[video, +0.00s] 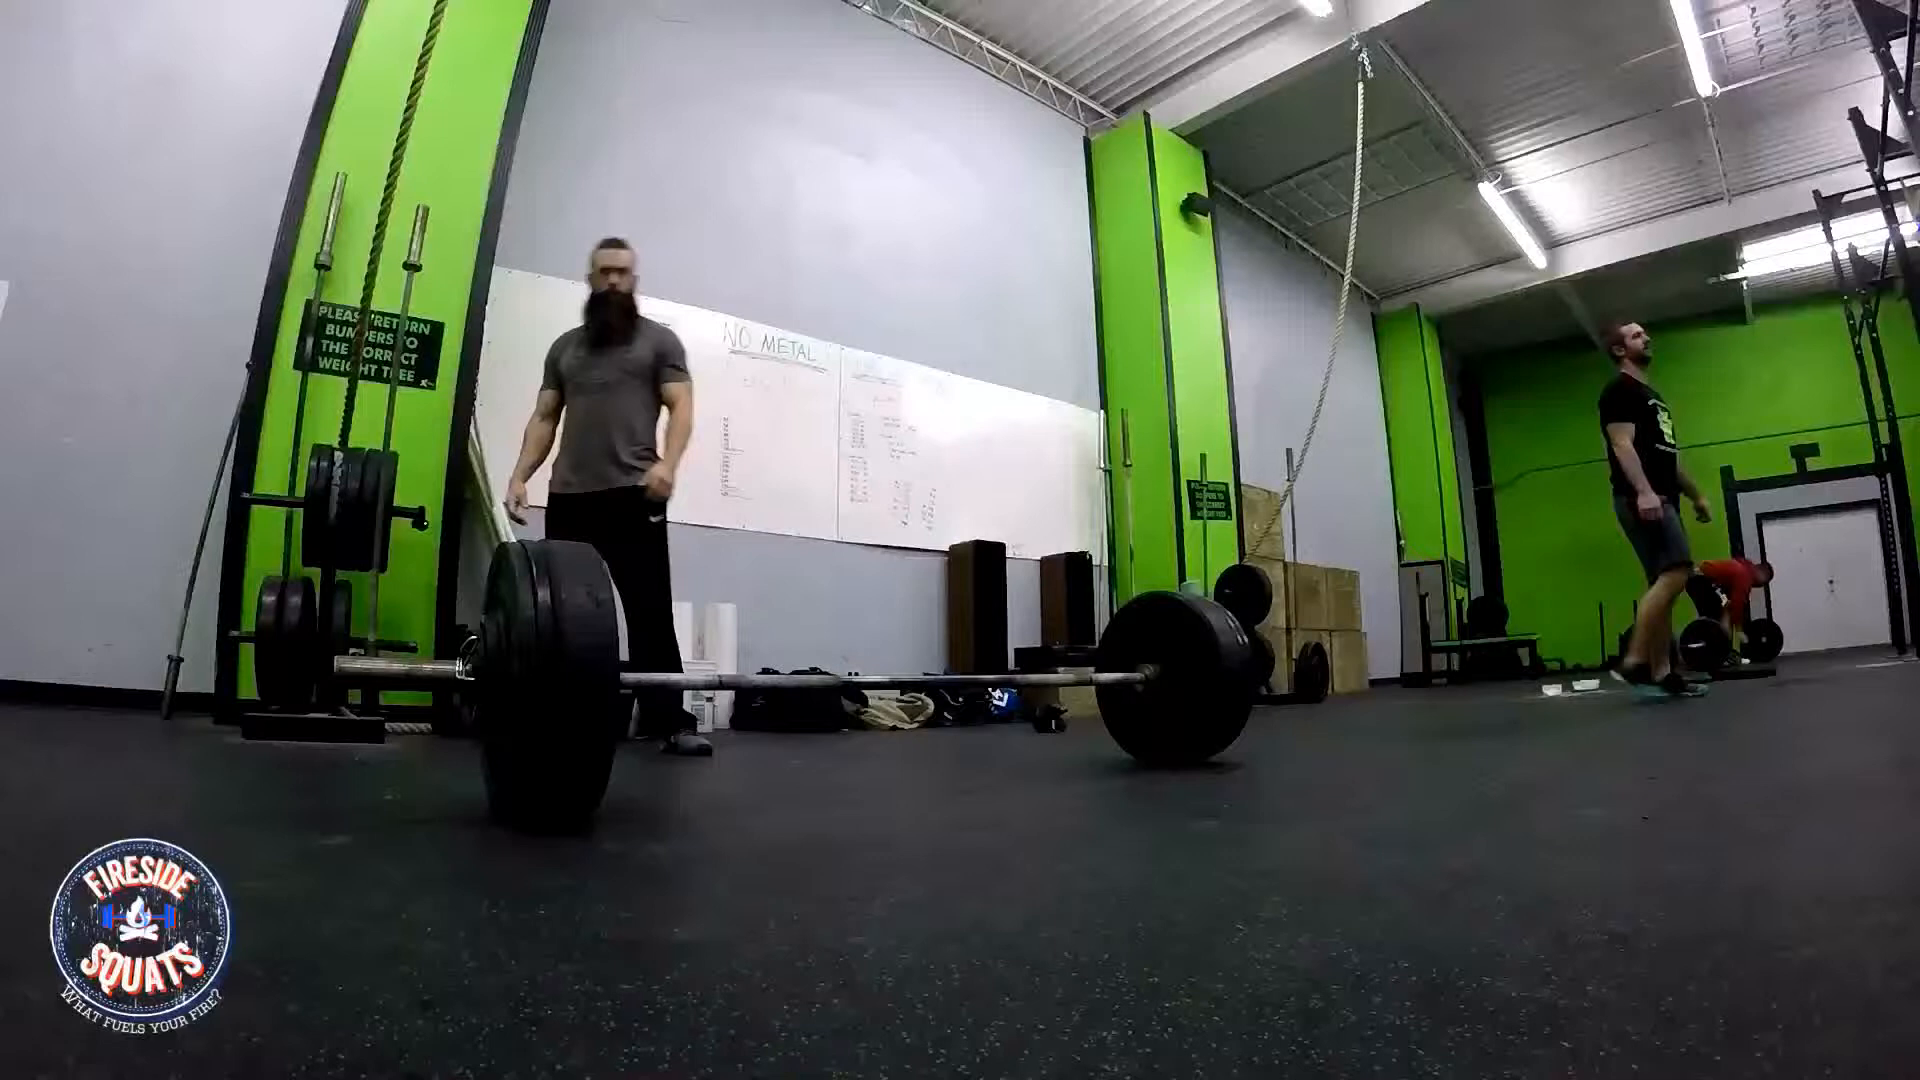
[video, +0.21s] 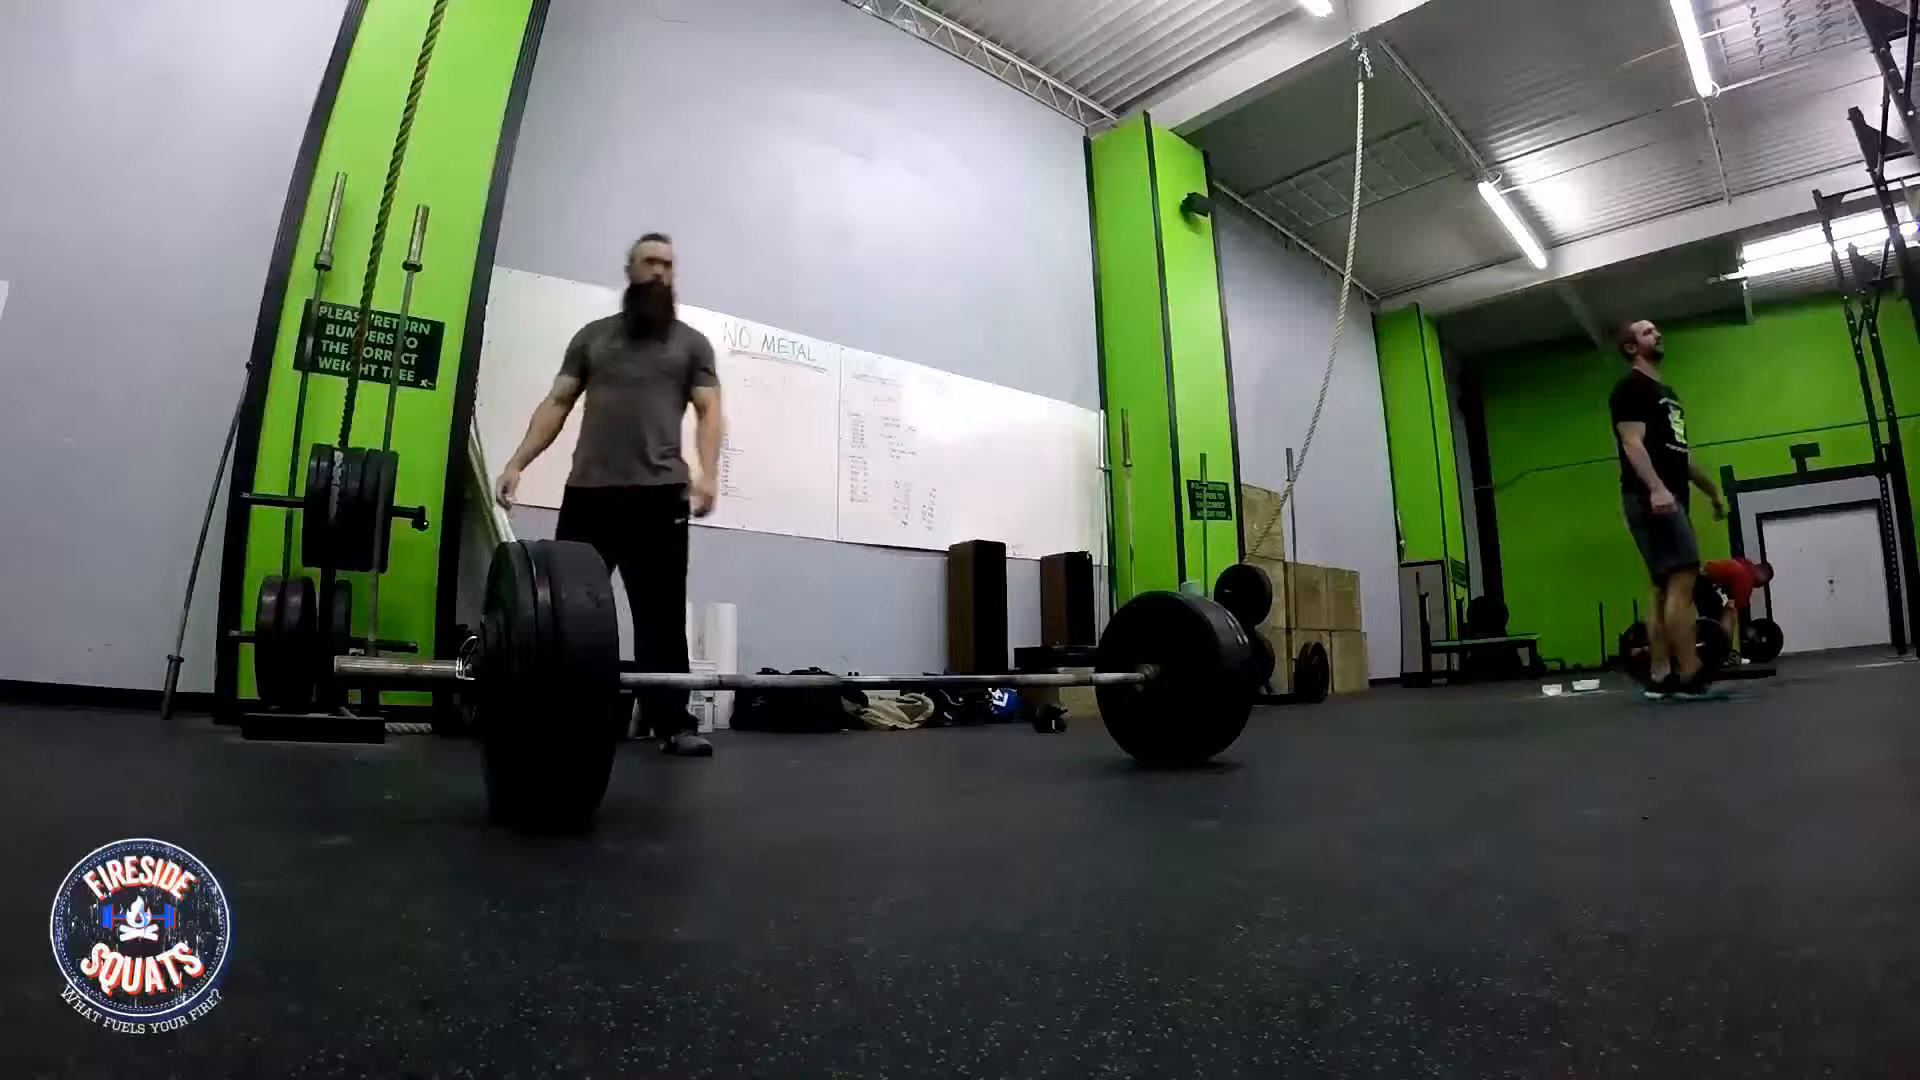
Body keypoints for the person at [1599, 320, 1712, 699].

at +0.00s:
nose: (1646, 338)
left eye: (1644, 333)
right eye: (1636, 335)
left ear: (1641, 345)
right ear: (1619, 350)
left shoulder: (1652, 395)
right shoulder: (1619, 391)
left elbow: (1667, 456)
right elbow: (1622, 445)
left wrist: (1695, 494)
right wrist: (1644, 489)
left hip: (1660, 497)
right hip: (1643, 498)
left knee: (1663, 581)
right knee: (1675, 572)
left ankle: (1663, 671)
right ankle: (1635, 660)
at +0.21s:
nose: (1657, 335)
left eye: (1655, 330)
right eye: (1647, 332)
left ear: (1651, 342)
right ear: (1631, 347)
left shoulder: (1665, 393)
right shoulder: (1630, 389)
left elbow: (1677, 454)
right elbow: (1632, 443)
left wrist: (1710, 487)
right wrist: (1656, 486)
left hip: (1669, 497)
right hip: (1652, 498)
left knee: (1663, 587)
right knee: (1683, 576)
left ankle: (1660, 675)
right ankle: (1689, 672)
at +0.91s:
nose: (1699, 301)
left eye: (1694, 297)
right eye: (1690, 299)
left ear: (1688, 318)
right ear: (1682, 317)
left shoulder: (1708, 365)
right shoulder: (1689, 363)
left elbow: (1731, 432)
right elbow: (1702, 420)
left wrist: (1766, 463)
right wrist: (1740, 465)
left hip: (1724, 481)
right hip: (1705, 482)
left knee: (1743, 572)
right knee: (1719, 575)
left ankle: (1734, 664)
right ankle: (1717, 674)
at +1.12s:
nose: (1719, 300)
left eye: (1713, 295)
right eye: (1710, 297)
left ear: (1702, 316)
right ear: (1699, 314)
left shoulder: (1718, 360)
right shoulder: (1706, 360)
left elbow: (1731, 425)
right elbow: (1728, 419)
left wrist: (1758, 473)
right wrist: (1773, 461)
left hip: (1739, 481)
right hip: (1721, 483)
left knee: (1768, 570)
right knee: (1726, 575)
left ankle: (1796, 657)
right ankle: (1719, 671)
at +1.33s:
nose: (1745, 302)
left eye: (1739, 297)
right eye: (1737, 299)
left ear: (1728, 316)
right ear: (1725, 315)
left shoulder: (1742, 360)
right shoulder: (1730, 361)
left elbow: (1754, 423)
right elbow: (1751, 420)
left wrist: (1782, 471)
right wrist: (1785, 466)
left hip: (1767, 479)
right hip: (1748, 481)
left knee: (1795, 571)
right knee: (1745, 573)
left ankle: (1819, 664)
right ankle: (1720, 669)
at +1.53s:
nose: (1769, 303)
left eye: (1765, 298)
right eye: (1761, 300)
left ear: (1751, 315)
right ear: (1748, 313)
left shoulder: (1762, 356)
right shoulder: (1757, 355)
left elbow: (1770, 414)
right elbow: (1769, 406)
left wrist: (1797, 462)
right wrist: (1802, 454)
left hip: (1787, 472)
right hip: (1775, 473)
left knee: (1808, 568)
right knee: (1784, 563)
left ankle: (1819, 664)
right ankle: (1733, 657)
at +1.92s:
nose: (1809, 302)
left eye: (1807, 297)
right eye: (1801, 299)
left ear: (1792, 311)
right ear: (1783, 311)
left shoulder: (1801, 356)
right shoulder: (1787, 351)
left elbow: (1822, 433)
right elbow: (1812, 393)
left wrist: (1866, 466)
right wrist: (1865, 391)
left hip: (1813, 473)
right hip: (1817, 472)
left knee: (1821, 568)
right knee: (1857, 556)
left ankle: (1819, 664)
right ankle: (1867, 658)